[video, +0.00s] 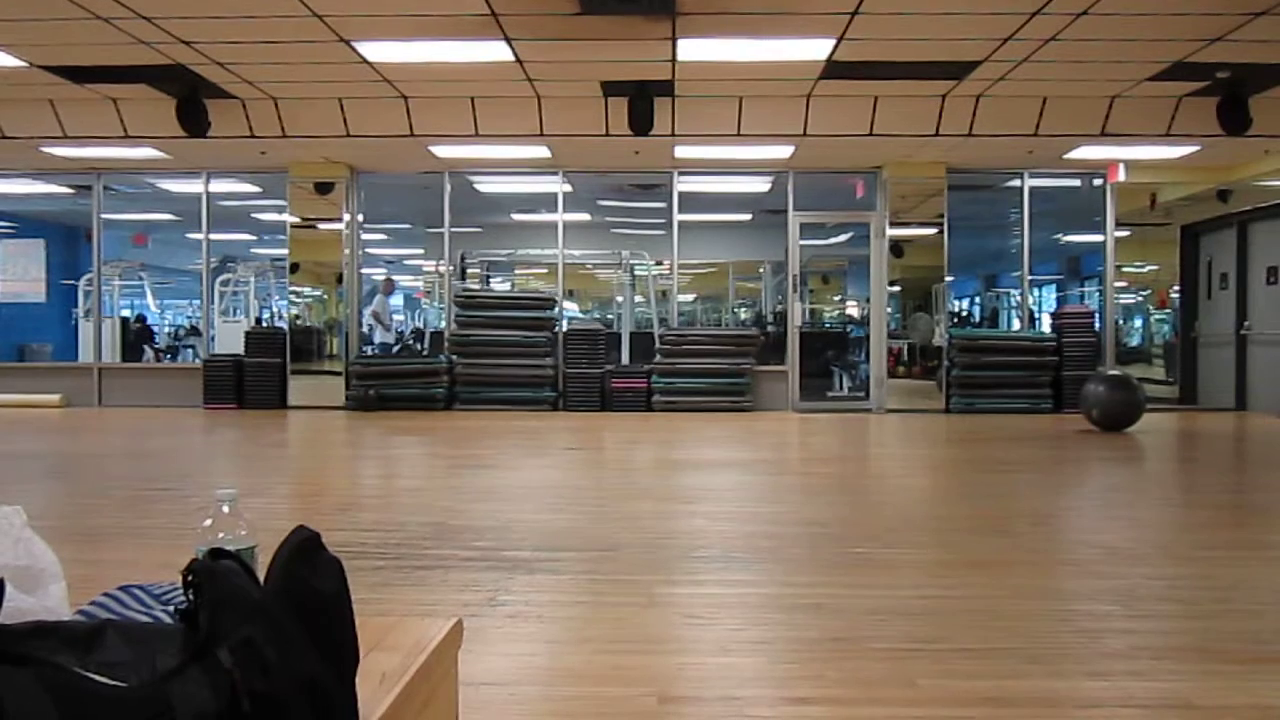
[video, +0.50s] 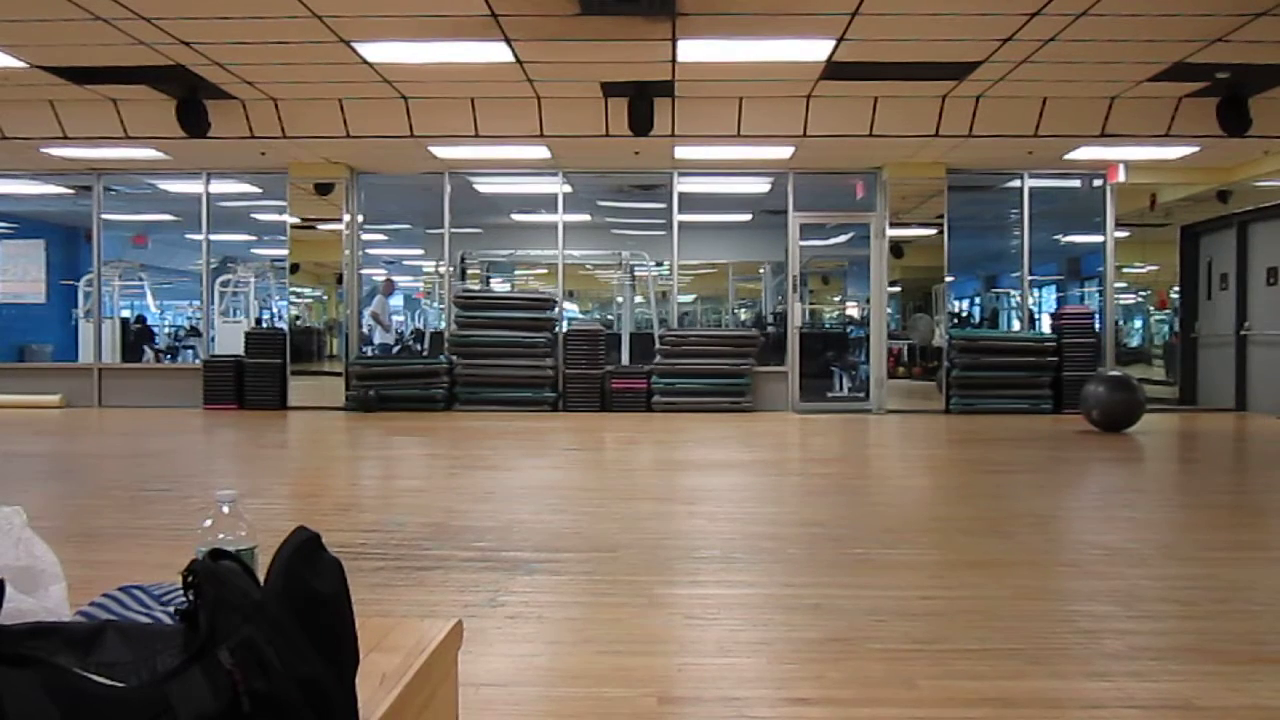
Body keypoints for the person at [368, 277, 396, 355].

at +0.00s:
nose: (393, 288)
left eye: (393, 286)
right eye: (391, 285)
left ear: (392, 287)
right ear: (385, 286)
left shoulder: (385, 299)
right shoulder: (380, 298)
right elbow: (374, 312)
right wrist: (385, 325)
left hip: (387, 337)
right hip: (382, 337)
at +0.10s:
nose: (393, 289)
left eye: (393, 286)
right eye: (391, 286)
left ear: (392, 287)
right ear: (385, 286)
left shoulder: (385, 300)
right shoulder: (380, 298)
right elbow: (374, 312)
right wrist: (385, 325)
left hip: (387, 337)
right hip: (382, 337)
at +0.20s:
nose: (392, 289)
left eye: (392, 287)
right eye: (390, 286)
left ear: (392, 288)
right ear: (385, 286)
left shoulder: (385, 300)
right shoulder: (380, 298)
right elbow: (374, 313)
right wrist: (384, 326)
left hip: (387, 338)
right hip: (382, 338)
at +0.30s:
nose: (392, 290)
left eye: (392, 287)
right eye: (390, 286)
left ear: (392, 288)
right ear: (385, 286)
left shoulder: (385, 300)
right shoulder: (380, 298)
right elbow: (374, 313)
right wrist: (384, 326)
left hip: (387, 338)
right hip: (382, 338)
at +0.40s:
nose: (392, 289)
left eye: (392, 287)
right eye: (390, 286)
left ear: (392, 288)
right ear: (384, 287)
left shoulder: (385, 300)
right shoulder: (380, 298)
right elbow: (374, 313)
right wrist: (384, 325)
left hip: (387, 338)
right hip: (382, 338)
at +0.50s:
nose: (392, 289)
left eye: (392, 287)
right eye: (389, 286)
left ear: (392, 288)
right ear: (384, 287)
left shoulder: (385, 300)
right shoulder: (380, 298)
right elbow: (373, 313)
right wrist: (384, 325)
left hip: (387, 338)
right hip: (382, 338)